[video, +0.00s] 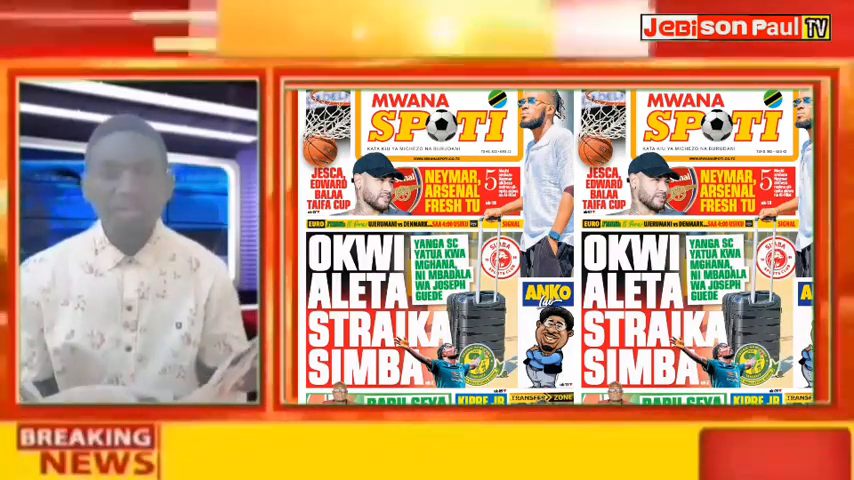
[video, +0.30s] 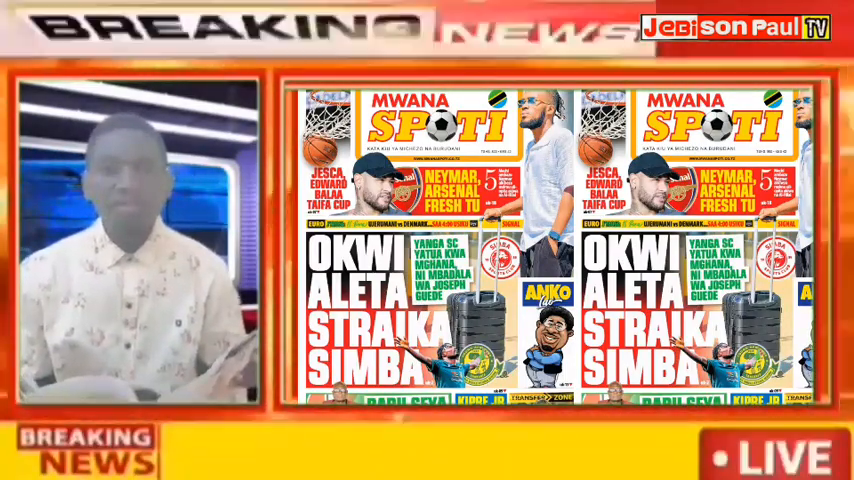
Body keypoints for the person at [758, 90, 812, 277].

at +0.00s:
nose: (799, 107)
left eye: (807, 101)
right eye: (797, 102)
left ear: (820, 106)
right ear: (794, 110)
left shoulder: (826, 147)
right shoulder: (806, 149)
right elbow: (805, 196)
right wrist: (777, 211)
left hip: (819, 240)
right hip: (804, 240)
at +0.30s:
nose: (799, 107)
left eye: (806, 101)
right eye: (797, 103)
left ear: (820, 107)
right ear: (794, 110)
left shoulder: (827, 148)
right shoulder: (806, 149)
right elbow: (804, 196)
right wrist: (776, 211)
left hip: (820, 240)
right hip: (804, 240)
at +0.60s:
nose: (799, 107)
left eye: (807, 101)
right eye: (797, 102)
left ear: (820, 107)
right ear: (794, 109)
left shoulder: (827, 148)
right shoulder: (806, 149)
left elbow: (832, 192)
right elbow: (805, 197)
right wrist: (777, 211)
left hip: (820, 240)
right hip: (804, 239)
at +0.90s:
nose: (799, 107)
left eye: (806, 101)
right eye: (797, 102)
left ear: (820, 107)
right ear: (794, 109)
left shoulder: (826, 149)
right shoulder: (806, 149)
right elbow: (805, 197)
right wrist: (777, 211)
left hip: (819, 240)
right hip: (804, 239)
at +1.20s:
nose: (799, 108)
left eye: (806, 101)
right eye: (797, 103)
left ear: (820, 107)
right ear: (794, 110)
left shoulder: (826, 148)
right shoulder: (806, 149)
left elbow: (831, 193)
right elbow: (805, 196)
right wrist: (776, 211)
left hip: (819, 240)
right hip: (803, 239)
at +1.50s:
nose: (799, 108)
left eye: (806, 102)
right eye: (797, 103)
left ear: (819, 107)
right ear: (794, 110)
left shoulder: (827, 148)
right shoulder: (806, 149)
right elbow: (805, 196)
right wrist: (776, 211)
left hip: (819, 239)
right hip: (803, 239)